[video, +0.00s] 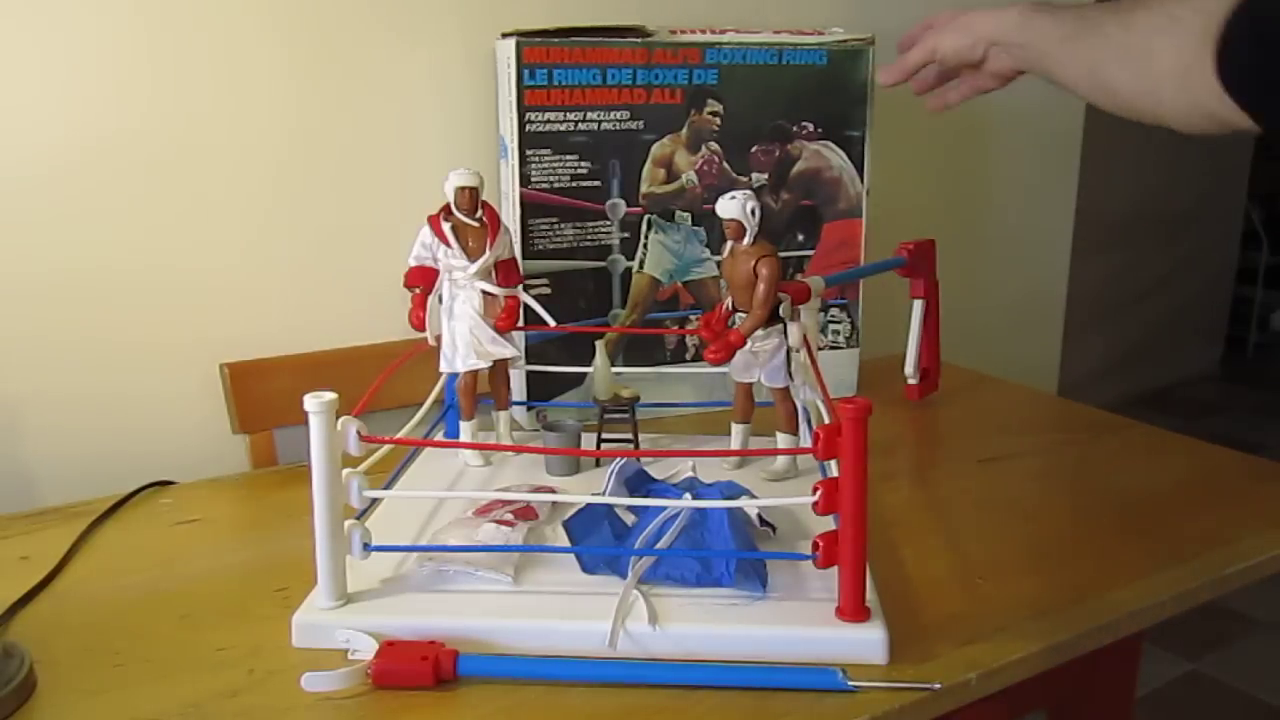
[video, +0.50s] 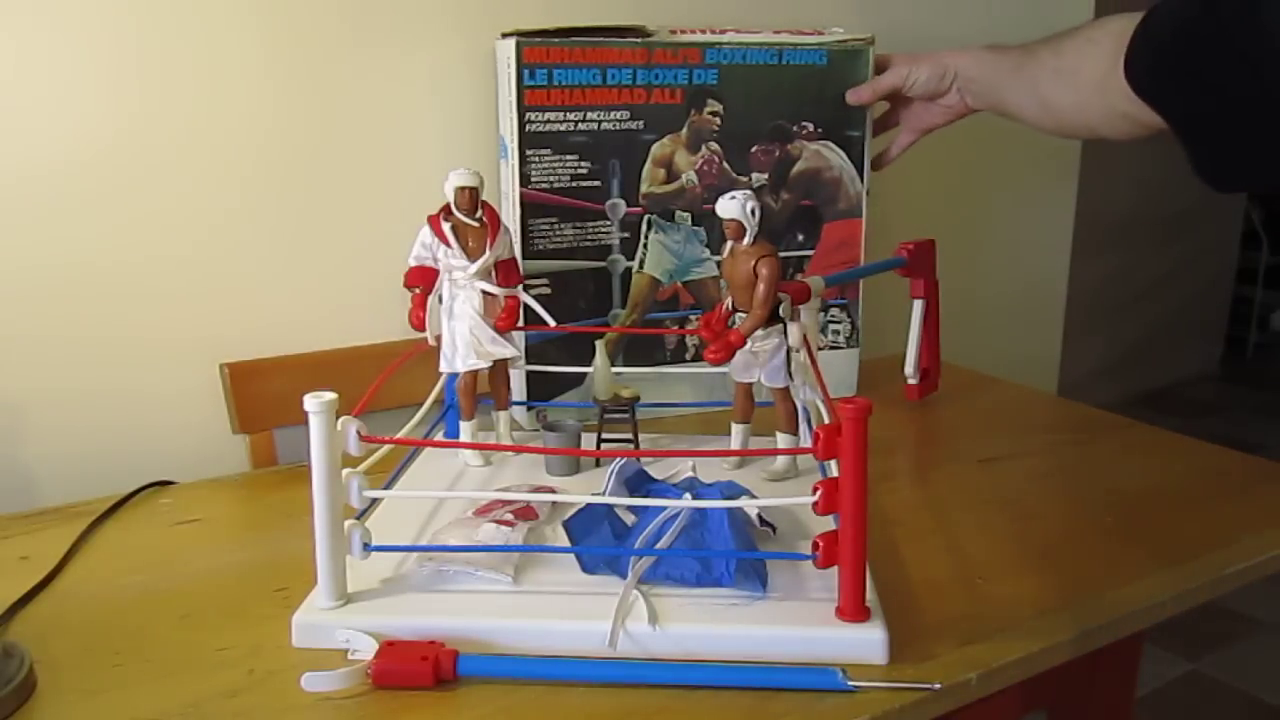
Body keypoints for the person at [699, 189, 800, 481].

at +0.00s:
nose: (725, 227)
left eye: (730, 222)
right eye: (723, 222)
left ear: (747, 222)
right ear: (724, 222)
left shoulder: (766, 260)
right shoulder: (729, 250)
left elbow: (761, 313)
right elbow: (733, 292)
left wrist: (735, 338)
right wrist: (720, 316)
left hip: (769, 332)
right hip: (742, 329)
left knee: (779, 390)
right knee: (742, 385)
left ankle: (787, 456)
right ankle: (737, 449)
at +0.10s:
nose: (725, 227)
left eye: (730, 222)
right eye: (723, 222)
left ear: (747, 223)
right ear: (724, 223)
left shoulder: (766, 260)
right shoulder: (729, 249)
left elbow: (761, 313)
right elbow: (733, 292)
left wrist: (735, 338)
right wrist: (720, 316)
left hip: (769, 333)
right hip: (742, 329)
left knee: (779, 390)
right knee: (742, 385)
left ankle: (787, 456)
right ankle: (738, 449)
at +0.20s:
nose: (725, 227)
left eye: (730, 222)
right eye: (723, 222)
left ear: (747, 223)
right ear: (724, 223)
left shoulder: (766, 260)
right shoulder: (730, 249)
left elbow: (761, 312)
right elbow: (733, 292)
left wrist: (735, 338)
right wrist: (720, 316)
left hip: (769, 333)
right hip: (742, 329)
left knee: (779, 390)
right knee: (742, 385)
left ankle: (787, 456)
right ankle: (738, 449)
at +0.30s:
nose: (725, 227)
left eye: (730, 222)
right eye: (723, 222)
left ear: (747, 223)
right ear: (724, 223)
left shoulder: (766, 260)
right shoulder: (729, 249)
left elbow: (761, 312)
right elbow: (733, 291)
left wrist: (735, 338)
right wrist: (720, 316)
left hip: (769, 332)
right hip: (742, 329)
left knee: (779, 390)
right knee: (742, 385)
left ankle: (787, 456)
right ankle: (738, 449)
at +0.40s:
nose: (725, 227)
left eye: (730, 222)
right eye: (723, 222)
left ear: (747, 223)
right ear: (724, 223)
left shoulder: (766, 259)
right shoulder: (730, 249)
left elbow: (761, 312)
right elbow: (734, 291)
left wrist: (735, 338)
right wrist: (720, 316)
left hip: (769, 332)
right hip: (742, 329)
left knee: (779, 390)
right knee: (742, 385)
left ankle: (787, 456)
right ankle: (738, 449)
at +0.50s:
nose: (725, 227)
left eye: (730, 222)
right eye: (723, 222)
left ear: (747, 223)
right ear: (724, 223)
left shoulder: (766, 259)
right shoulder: (730, 249)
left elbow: (761, 312)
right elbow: (734, 292)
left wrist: (735, 339)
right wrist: (720, 316)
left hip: (769, 332)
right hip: (742, 329)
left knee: (779, 390)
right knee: (742, 386)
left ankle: (787, 456)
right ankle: (738, 449)